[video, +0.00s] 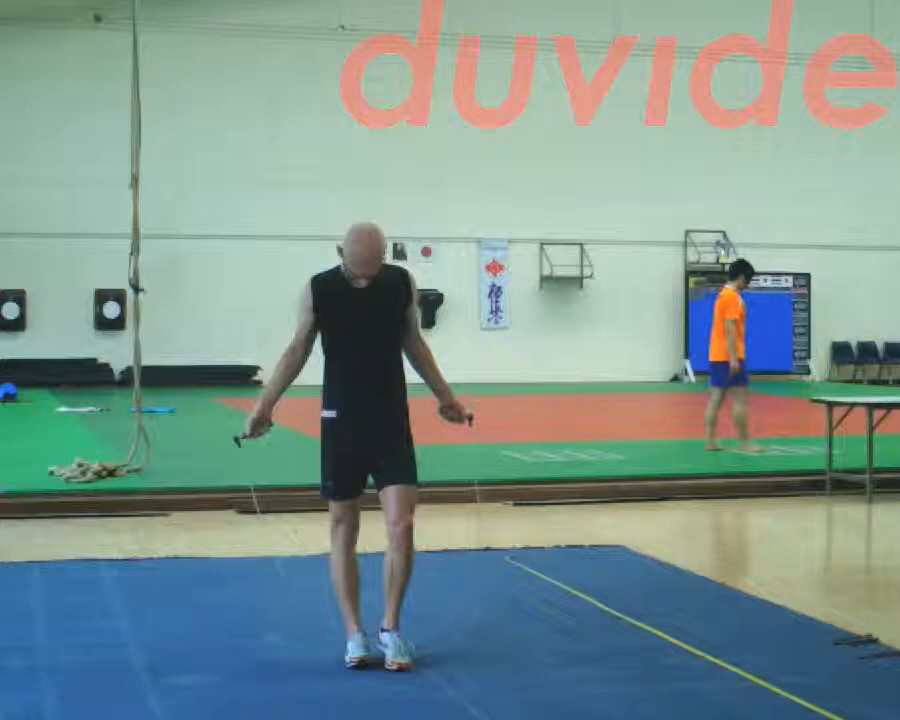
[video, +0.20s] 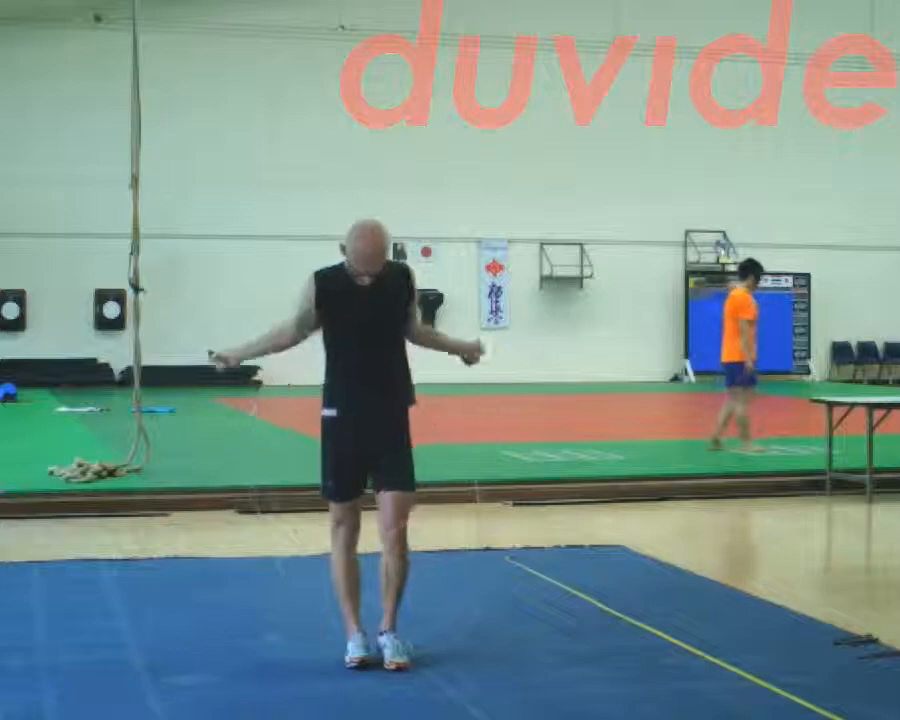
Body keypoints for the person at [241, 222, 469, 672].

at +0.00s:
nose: (364, 278)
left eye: (371, 271)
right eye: (357, 271)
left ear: (384, 256)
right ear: (342, 254)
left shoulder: (400, 282)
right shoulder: (319, 289)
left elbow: (414, 344)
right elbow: (295, 353)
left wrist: (446, 398)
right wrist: (263, 409)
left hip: (391, 421)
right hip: (342, 424)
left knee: (402, 524)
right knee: (343, 526)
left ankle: (391, 630)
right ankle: (354, 634)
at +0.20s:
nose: (366, 275)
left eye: (374, 269)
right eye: (359, 269)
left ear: (387, 254)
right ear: (345, 252)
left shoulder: (401, 279)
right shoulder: (325, 284)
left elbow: (415, 331)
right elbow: (292, 332)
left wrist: (461, 347)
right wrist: (238, 353)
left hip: (391, 419)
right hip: (343, 421)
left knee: (395, 528)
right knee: (343, 525)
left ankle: (389, 633)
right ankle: (354, 635)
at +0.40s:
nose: (373, 274)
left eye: (380, 267)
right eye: (366, 267)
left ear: (392, 251)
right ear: (351, 252)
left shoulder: (407, 276)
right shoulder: (326, 281)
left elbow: (437, 318)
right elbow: (290, 322)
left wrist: (485, 307)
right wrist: (250, 322)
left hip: (392, 417)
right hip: (343, 419)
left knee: (397, 526)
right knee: (352, 528)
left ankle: (390, 631)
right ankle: (357, 635)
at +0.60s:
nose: (381, 288)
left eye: (387, 280)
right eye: (372, 281)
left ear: (397, 266)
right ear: (355, 266)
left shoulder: (411, 298)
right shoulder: (329, 301)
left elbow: (428, 354)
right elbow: (301, 354)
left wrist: (461, 380)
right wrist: (283, 387)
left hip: (397, 431)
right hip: (350, 432)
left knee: (398, 537)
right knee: (365, 539)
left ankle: (389, 636)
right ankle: (362, 637)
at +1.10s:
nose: (383, 271)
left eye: (391, 263)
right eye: (374, 263)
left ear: (404, 250)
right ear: (360, 247)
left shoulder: (414, 284)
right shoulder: (332, 286)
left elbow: (421, 342)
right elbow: (309, 345)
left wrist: (454, 385)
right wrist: (292, 398)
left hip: (397, 415)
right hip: (351, 416)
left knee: (396, 515)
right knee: (360, 518)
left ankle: (384, 628)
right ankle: (354, 628)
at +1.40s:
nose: (382, 272)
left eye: (390, 265)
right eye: (374, 265)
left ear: (401, 252)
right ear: (358, 250)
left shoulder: (414, 286)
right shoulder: (332, 287)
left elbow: (426, 346)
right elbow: (313, 345)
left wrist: (460, 379)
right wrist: (297, 384)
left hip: (397, 419)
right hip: (349, 419)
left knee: (395, 523)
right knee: (356, 529)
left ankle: (385, 623)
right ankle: (348, 623)